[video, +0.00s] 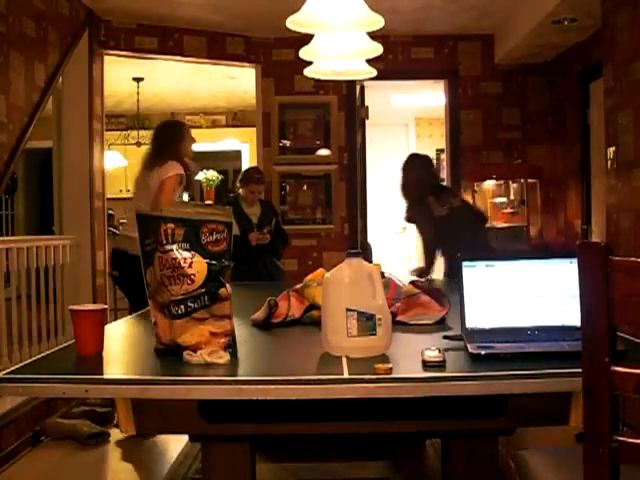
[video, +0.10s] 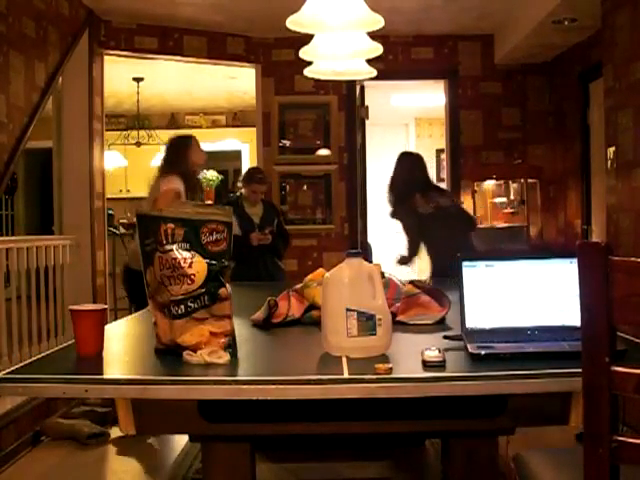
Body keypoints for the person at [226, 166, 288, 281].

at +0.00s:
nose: (255, 197)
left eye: (259, 193)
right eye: (251, 193)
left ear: (263, 190)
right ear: (241, 188)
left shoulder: (268, 207)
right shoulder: (230, 207)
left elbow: (283, 238)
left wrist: (270, 239)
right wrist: (247, 239)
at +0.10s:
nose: (258, 197)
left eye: (262, 193)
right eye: (254, 192)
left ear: (265, 190)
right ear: (244, 187)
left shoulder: (271, 208)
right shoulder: (231, 207)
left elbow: (284, 239)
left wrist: (271, 239)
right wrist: (248, 240)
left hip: (270, 271)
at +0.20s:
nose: (261, 197)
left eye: (265, 193)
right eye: (257, 193)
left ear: (269, 190)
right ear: (247, 188)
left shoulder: (276, 211)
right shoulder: (234, 209)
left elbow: (288, 242)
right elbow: (229, 243)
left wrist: (275, 240)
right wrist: (251, 240)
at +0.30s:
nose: (266, 197)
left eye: (270, 193)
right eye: (262, 193)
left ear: (273, 190)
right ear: (253, 189)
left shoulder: (281, 210)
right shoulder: (239, 209)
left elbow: (294, 242)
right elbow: (233, 244)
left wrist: (279, 240)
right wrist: (256, 240)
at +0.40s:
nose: (270, 197)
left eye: (273, 193)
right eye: (266, 192)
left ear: (277, 190)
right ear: (257, 187)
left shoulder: (286, 209)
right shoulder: (241, 210)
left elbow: (299, 241)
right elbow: (236, 244)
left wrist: (283, 239)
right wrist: (259, 240)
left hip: (281, 272)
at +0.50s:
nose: (272, 196)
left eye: (276, 192)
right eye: (268, 192)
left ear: (281, 188)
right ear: (259, 186)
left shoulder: (290, 207)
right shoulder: (247, 207)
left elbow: (305, 238)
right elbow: (242, 246)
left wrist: (286, 237)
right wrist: (262, 239)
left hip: (287, 272)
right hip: (258, 274)